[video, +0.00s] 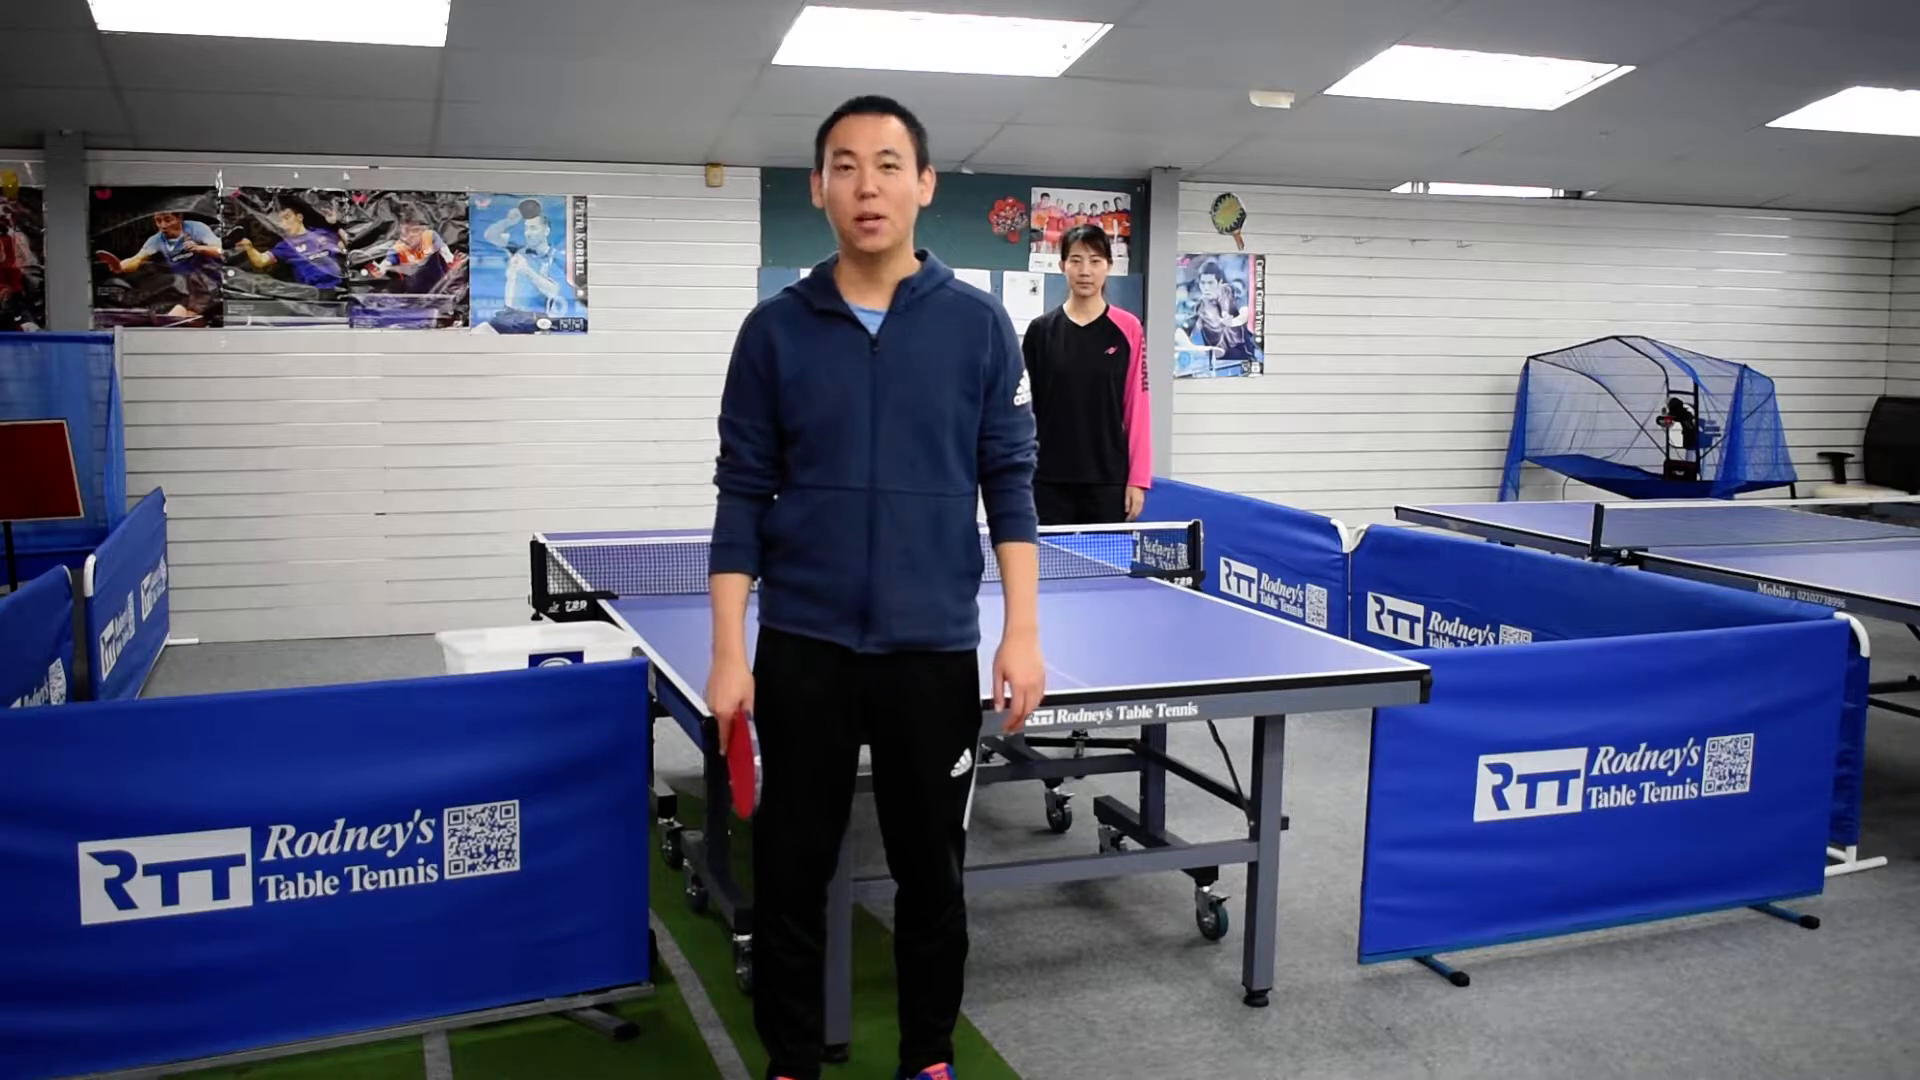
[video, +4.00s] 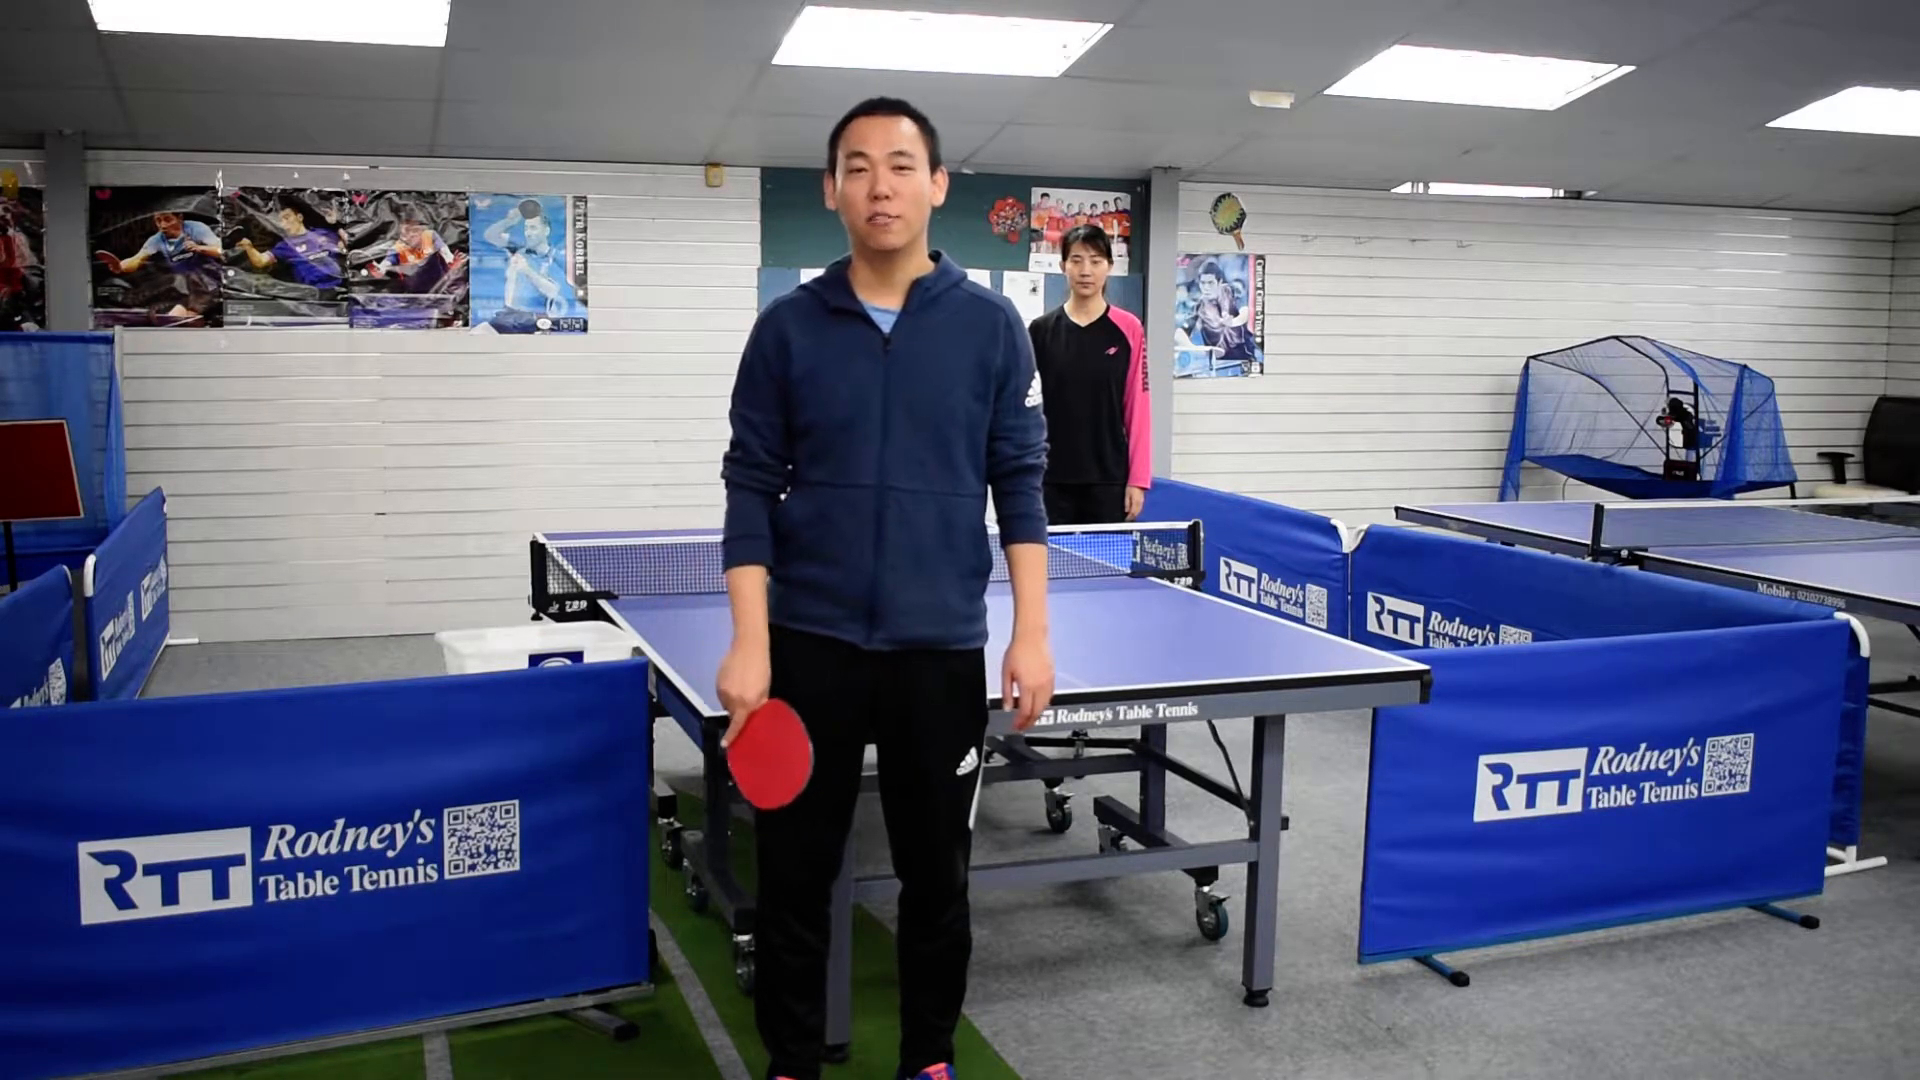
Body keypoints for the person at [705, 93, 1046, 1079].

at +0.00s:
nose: (866, 186)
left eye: (888, 166)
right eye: (845, 167)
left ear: (923, 188)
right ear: (820, 191)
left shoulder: (978, 325)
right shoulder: (775, 329)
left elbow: (1011, 482)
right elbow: (740, 490)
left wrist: (1022, 631)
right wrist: (728, 651)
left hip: (932, 644)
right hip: (804, 642)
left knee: (931, 871)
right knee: (789, 873)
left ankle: (929, 1060)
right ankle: (790, 1061)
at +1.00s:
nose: (868, 186)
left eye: (891, 167)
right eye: (848, 168)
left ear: (926, 189)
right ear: (823, 192)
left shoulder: (979, 326)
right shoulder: (777, 329)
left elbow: (1013, 482)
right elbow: (742, 490)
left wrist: (1023, 632)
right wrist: (731, 652)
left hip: (934, 645)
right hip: (806, 643)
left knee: (932, 871)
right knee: (791, 873)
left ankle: (930, 1059)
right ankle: (791, 1061)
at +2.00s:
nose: (870, 188)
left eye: (893, 168)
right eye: (849, 169)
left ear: (927, 189)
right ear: (824, 191)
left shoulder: (979, 325)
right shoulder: (777, 329)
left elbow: (1012, 482)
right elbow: (742, 490)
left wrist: (1023, 631)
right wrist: (730, 650)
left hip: (934, 644)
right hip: (806, 643)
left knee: (932, 874)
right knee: (791, 875)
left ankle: (930, 1060)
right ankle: (791, 1062)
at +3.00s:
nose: (859, 201)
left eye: (879, 178)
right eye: (838, 181)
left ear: (917, 188)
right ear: (811, 197)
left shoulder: (976, 324)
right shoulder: (776, 329)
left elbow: (1011, 479)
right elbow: (729, 474)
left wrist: (1023, 628)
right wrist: (673, 481)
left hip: (935, 639)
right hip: (806, 636)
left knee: (932, 869)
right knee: (792, 867)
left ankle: (929, 1058)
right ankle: (791, 1062)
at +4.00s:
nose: (878, 185)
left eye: (901, 166)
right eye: (857, 168)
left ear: (936, 189)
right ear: (833, 194)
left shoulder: (990, 326)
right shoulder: (788, 327)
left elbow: (1021, 482)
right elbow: (749, 484)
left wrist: (1031, 633)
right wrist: (750, 639)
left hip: (940, 646)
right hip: (809, 644)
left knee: (935, 874)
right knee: (796, 878)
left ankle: (929, 1059)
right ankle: (792, 1063)